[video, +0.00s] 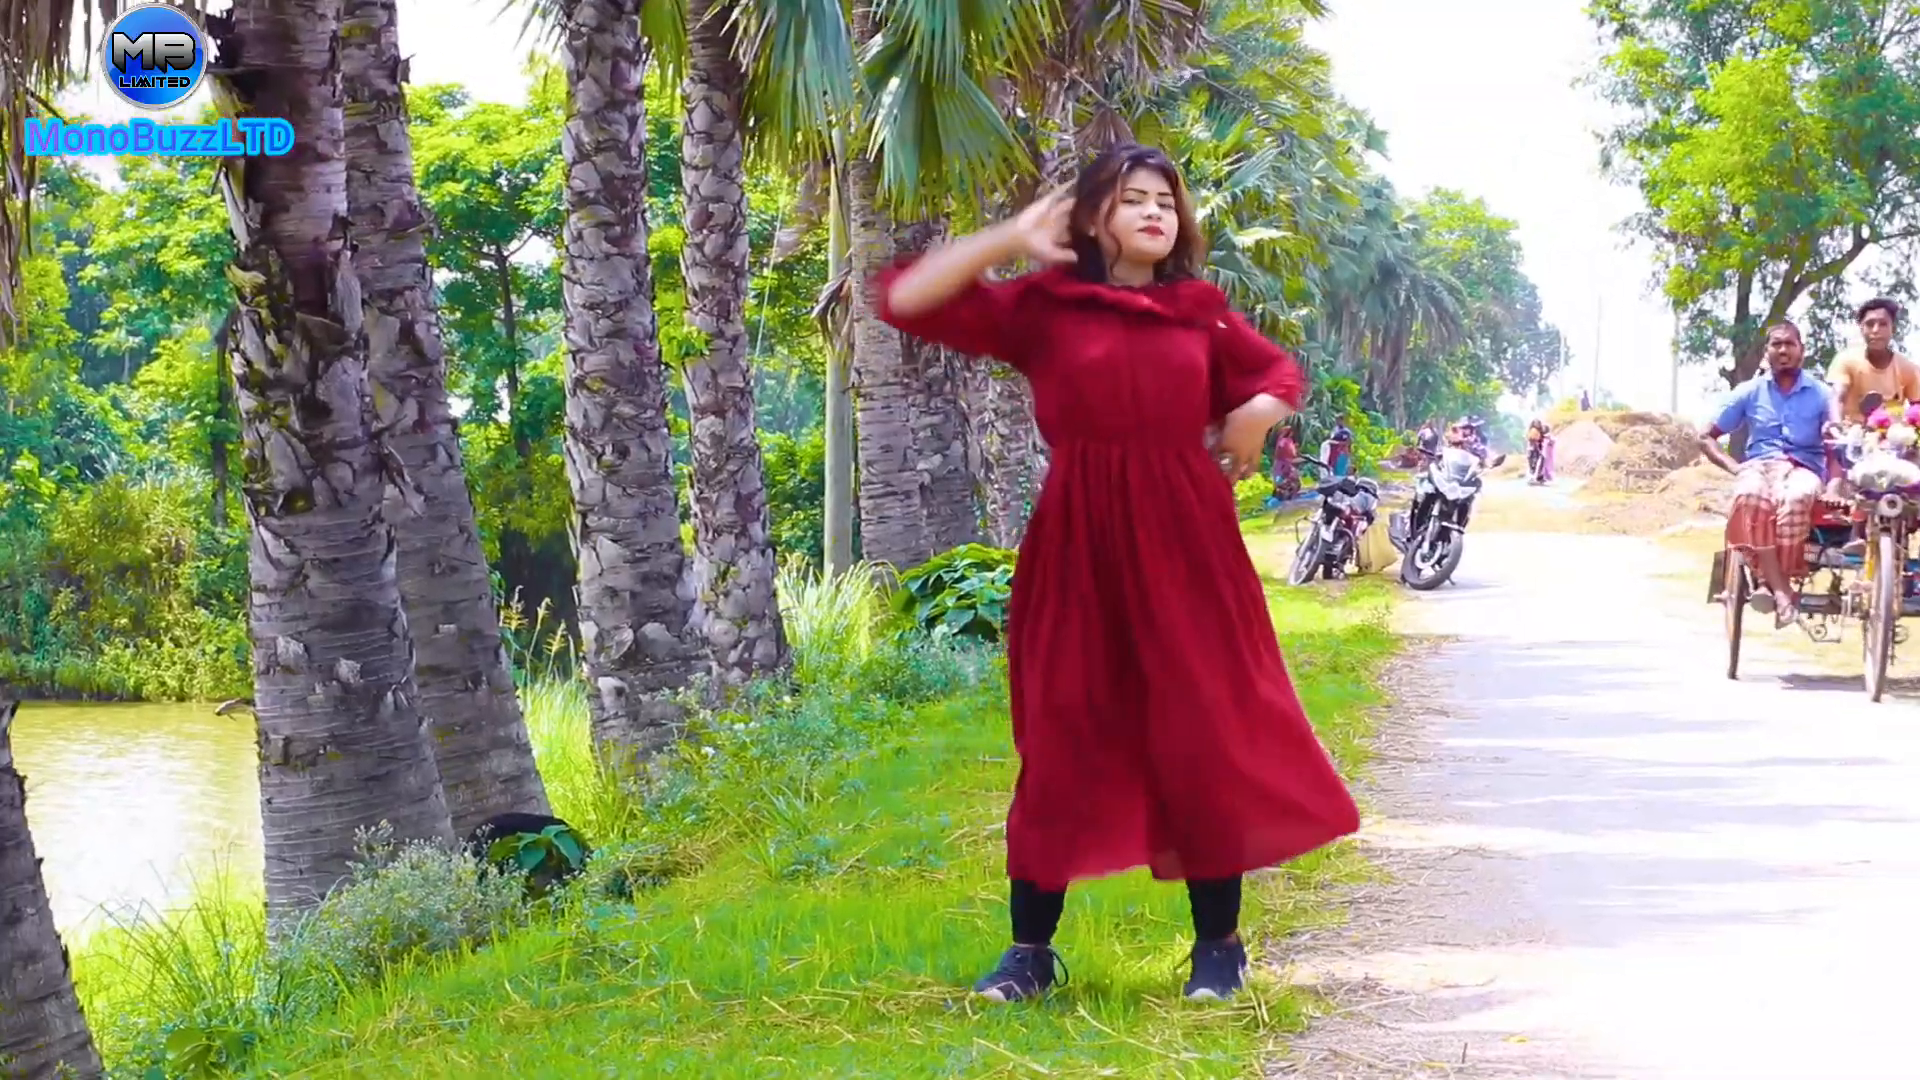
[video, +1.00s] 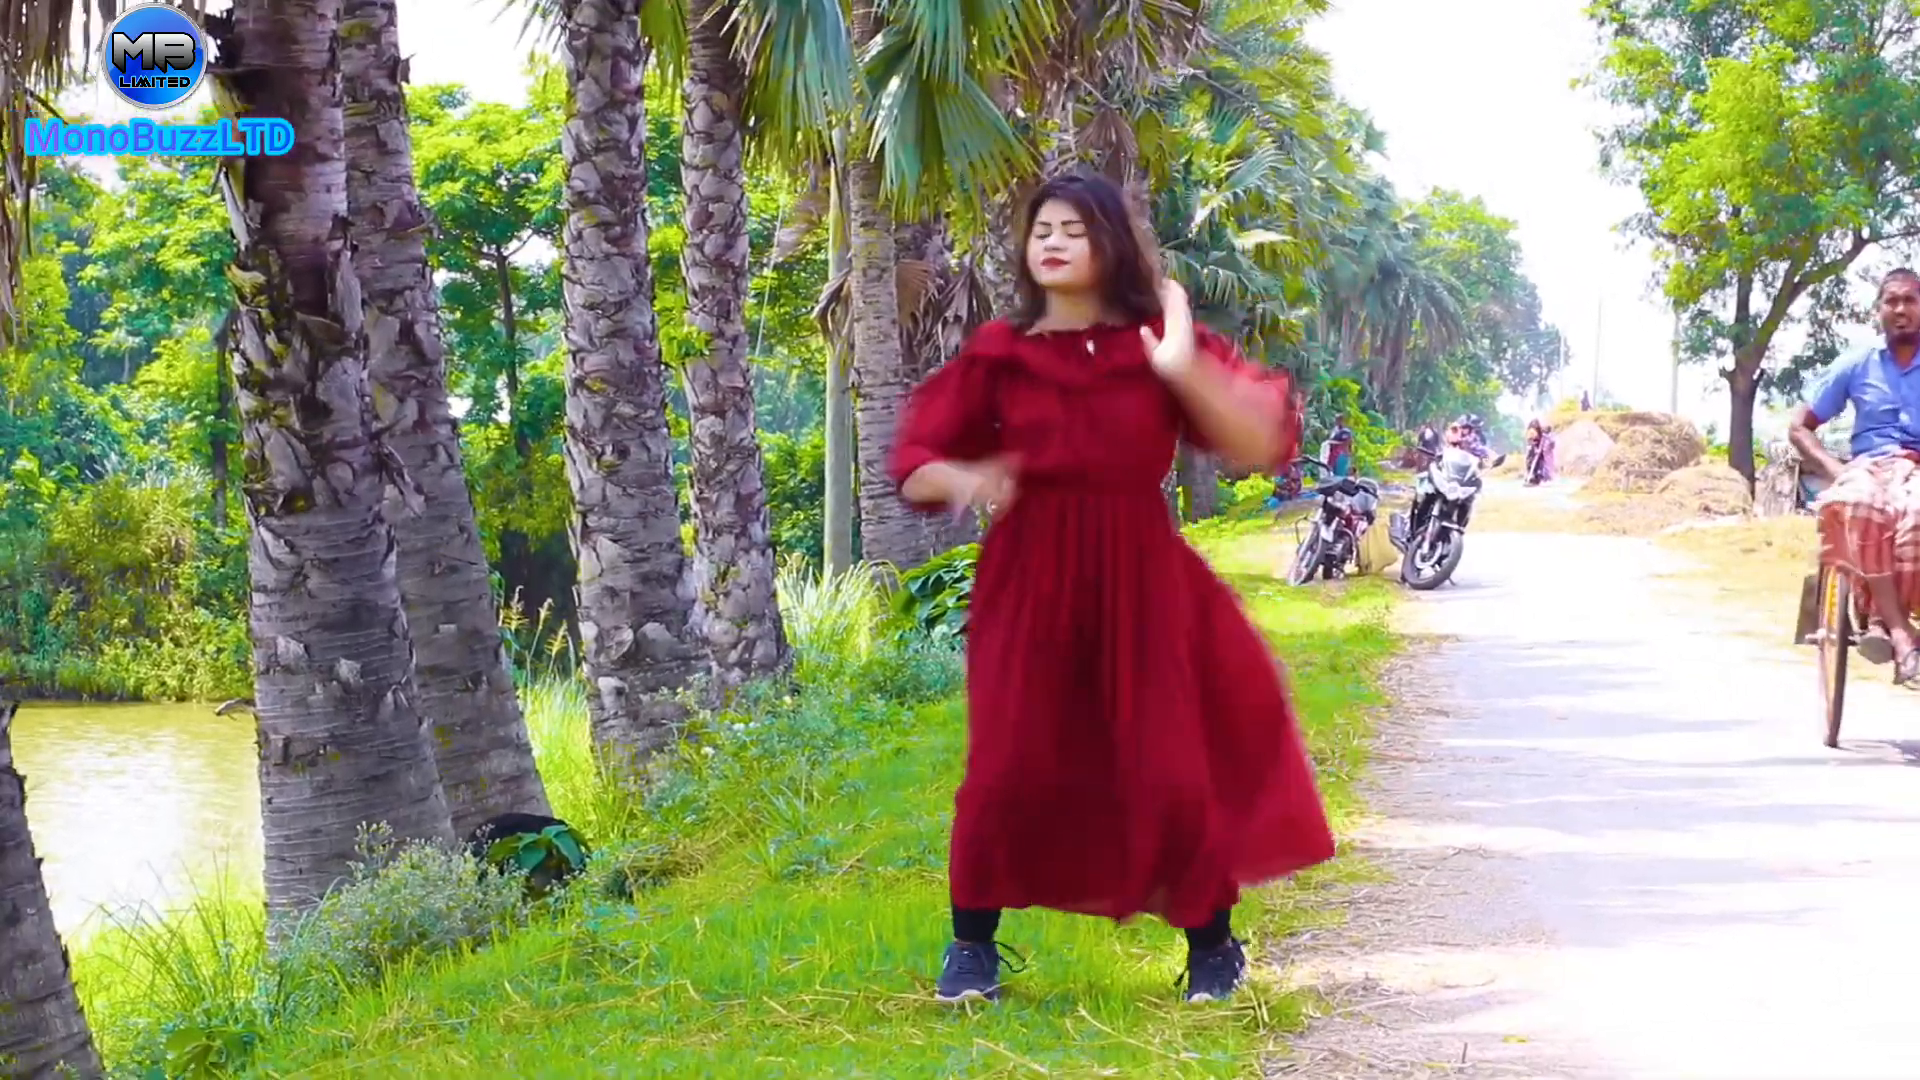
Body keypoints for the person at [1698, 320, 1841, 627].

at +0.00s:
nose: (1782, 350)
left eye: (1789, 344)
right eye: (1776, 344)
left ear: (1802, 350)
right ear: (1767, 351)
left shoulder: (1821, 393)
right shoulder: (1752, 390)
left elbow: (1834, 446)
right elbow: (1704, 436)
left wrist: (1835, 487)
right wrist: (1735, 467)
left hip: (1803, 467)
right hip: (1759, 463)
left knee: (1798, 499)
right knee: (1749, 500)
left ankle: (1772, 586)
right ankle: (1781, 594)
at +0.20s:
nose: (1801, 345)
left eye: (1809, 338)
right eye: (1794, 338)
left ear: (1822, 343)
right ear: (1785, 345)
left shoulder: (1843, 389)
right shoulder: (1768, 385)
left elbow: (1856, 444)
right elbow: (1721, 436)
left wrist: (1856, 487)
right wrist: (1753, 472)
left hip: (1826, 467)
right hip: (1778, 463)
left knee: (1816, 503)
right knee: (1767, 498)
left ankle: (1792, 590)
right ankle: (1797, 598)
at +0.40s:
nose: (1857, 329)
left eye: (1865, 322)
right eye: (1849, 323)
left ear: (1879, 328)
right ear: (1839, 330)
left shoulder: (1899, 379)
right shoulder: (1819, 375)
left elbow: (1912, 437)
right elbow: (1767, 430)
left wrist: (1913, 481)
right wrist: (1799, 466)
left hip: (1880, 465)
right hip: (1827, 460)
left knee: (1871, 501)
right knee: (1815, 498)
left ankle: (1854, 601)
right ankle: (1853, 609)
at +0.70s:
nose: (1876, 320)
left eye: (1884, 312)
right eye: (1867, 312)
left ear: (1900, 319)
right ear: (1856, 319)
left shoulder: (1913, 371)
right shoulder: (1834, 369)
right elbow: (1777, 424)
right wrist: (1812, 466)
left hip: (1900, 463)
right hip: (1844, 461)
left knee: (1893, 504)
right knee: (1835, 502)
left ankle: (1868, 612)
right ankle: (1872, 624)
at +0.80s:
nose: (1906, 313)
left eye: (1915, 304)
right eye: (1898, 304)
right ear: (1885, 311)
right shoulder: (1865, 364)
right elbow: (1804, 427)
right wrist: (1841, 467)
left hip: (1913, 462)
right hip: (1875, 462)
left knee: (1913, 521)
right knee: (1866, 506)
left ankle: (1897, 620)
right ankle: (1904, 631)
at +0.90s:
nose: (1867, 319)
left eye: (1876, 311)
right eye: (1858, 312)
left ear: (1890, 317)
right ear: (1845, 321)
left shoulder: (1909, 375)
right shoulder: (1825, 372)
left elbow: (1916, 439)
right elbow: (1769, 431)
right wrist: (1802, 471)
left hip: (1893, 466)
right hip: (1834, 465)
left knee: (1891, 507)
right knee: (1822, 507)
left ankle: (1858, 617)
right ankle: (1866, 628)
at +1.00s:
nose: (1900, 310)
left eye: (1909, 301)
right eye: (1890, 301)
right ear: (1877, 311)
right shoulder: (1859, 364)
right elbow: (1799, 428)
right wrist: (1837, 471)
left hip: (1912, 464)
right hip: (1870, 464)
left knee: (1911, 521)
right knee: (1860, 509)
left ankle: (1897, 622)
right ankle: (1901, 634)